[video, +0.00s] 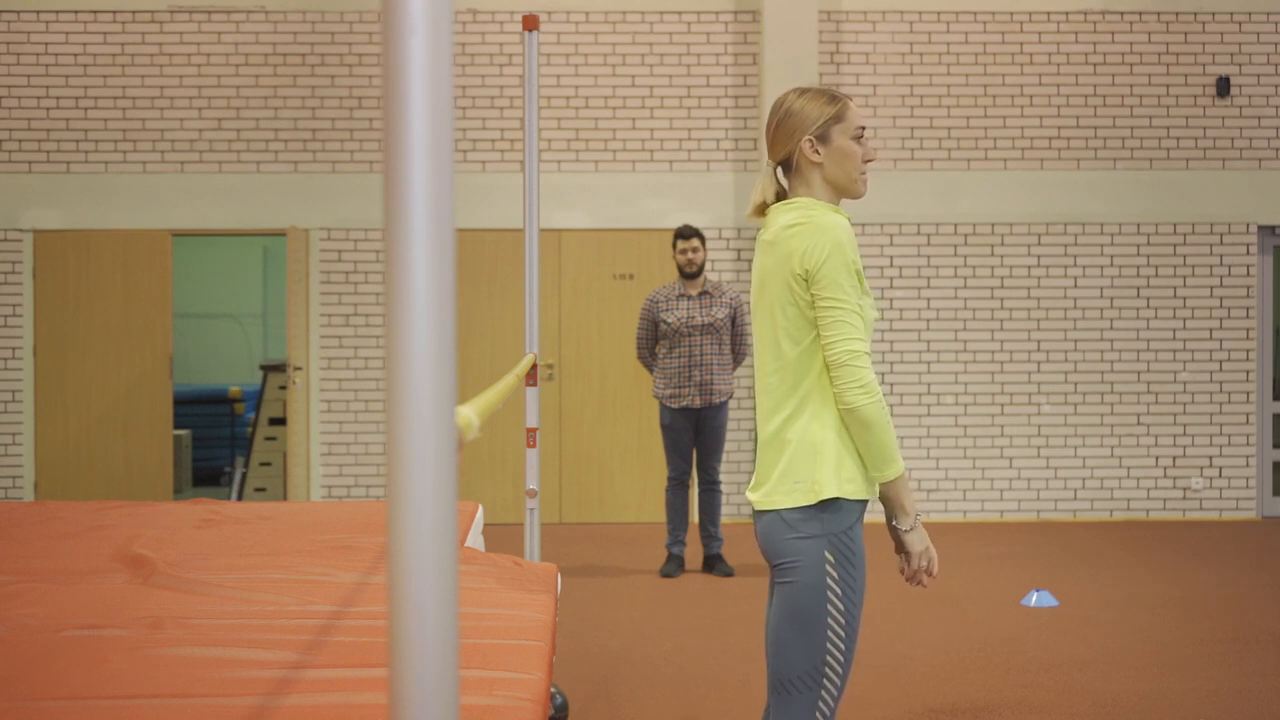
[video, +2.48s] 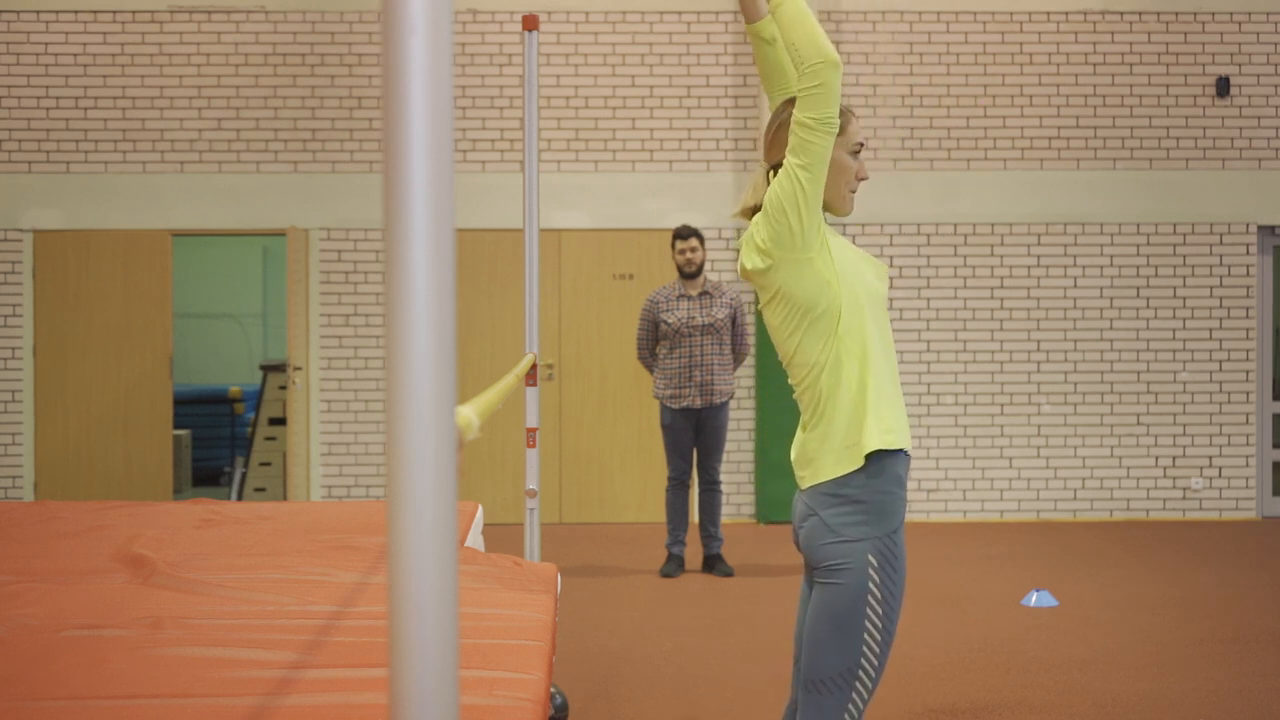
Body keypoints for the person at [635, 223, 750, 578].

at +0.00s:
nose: (689, 256)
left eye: (695, 250)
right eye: (682, 251)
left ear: (705, 254)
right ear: (674, 256)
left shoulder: (728, 297)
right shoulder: (658, 300)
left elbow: (741, 347)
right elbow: (644, 350)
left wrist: (718, 372)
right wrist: (669, 376)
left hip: (715, 402)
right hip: (674, 402)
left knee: (710, 478)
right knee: (678, 478)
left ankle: (713, 553)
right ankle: (675, 553)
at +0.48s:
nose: (689, 256)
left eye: (695, 250)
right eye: (682, 251)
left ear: (705, 254)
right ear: (674, 256)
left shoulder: (728, 297)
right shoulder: (659, 300)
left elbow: (740, 348)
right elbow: (644, 350)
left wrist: (718, 372)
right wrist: (669, 376)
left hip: (715, 402)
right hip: (675, 402)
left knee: (710, 478)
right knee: (678, 477)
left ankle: (713, 552)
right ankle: (675, 553)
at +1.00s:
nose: (689, 256)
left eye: (695, 250)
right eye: (682, 251)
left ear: (705, 254)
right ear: (674, 256)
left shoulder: (726, 298)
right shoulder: (658, 300)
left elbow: (738, 346)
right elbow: (644, 351)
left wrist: (720, 372)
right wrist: (668, 377)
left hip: (716, 402)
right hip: (675, 402)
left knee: (710, 478)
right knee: (678, 477)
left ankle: (713, 552)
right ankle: (675, 552)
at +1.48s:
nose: (688, 256)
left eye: (694, 250)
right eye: (682, 251)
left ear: (705, 254)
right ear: (673, 256)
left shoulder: (727, 296)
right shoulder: (658, 300)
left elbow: (741, 346)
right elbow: (644, 351)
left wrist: (718, 372)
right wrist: (670, 376)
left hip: (716, 402)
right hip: (675, 402)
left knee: (710, 479)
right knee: (678, 478)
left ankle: (713, 552)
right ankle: (675, 552)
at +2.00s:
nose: (688, 256)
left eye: (694, 250)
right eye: (682, 252)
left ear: (705, 254)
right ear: (673, 257)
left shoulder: (728, 297)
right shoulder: (658, 300)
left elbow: (742, 347)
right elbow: (644, 350)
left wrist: (718, 372)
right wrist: (669, 376)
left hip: (715, 402)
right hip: (674, 402)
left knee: (710, 479)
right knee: (679, 478)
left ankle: (713, 553)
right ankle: (675, 553)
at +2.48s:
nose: (688, 256)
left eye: (693, 250)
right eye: (681, 251)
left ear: (704, 253)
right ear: (673, 256)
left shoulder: (728, 297)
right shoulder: (658, 300)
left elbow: (742, 347)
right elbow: (644, 351)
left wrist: (719, 372)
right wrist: (670, 377)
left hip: (716, 402)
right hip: (675, 403)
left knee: (710, 479)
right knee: (678, 478)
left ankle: (713, 553)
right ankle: (675, 553)